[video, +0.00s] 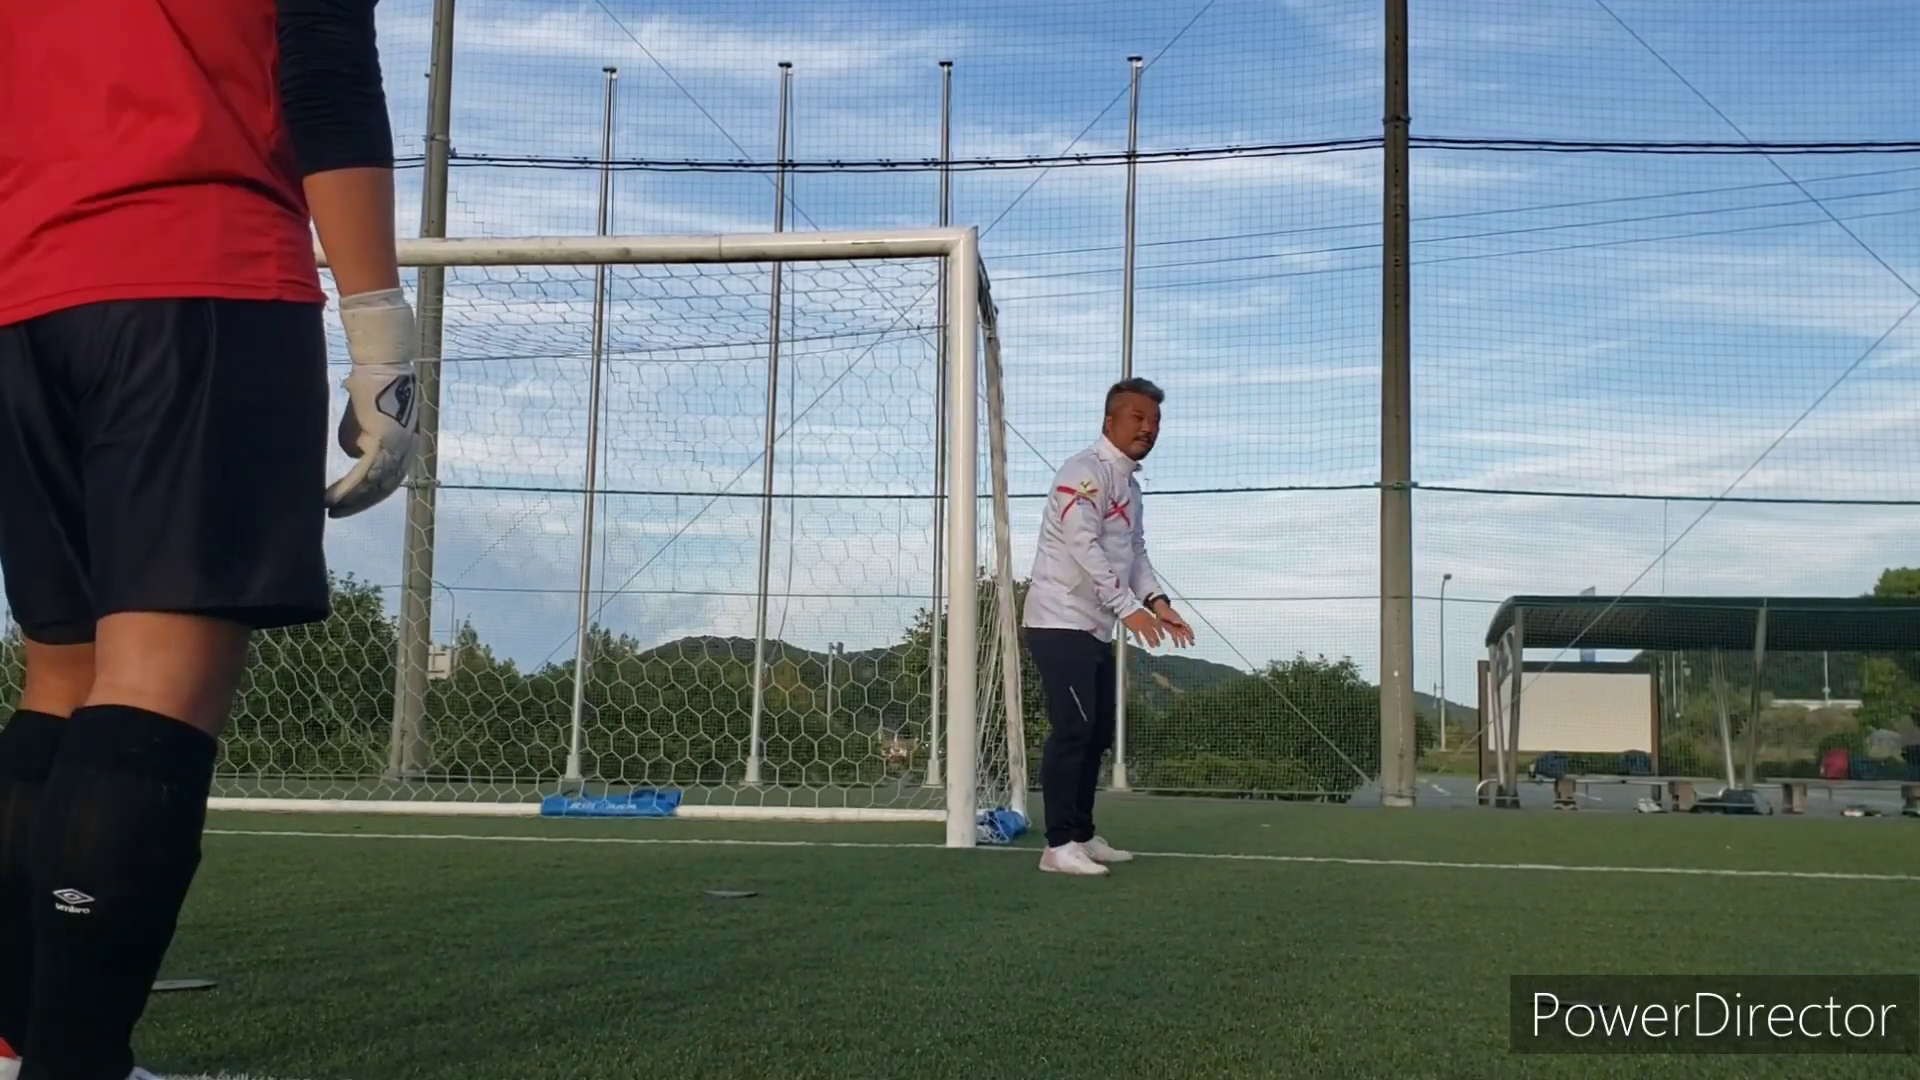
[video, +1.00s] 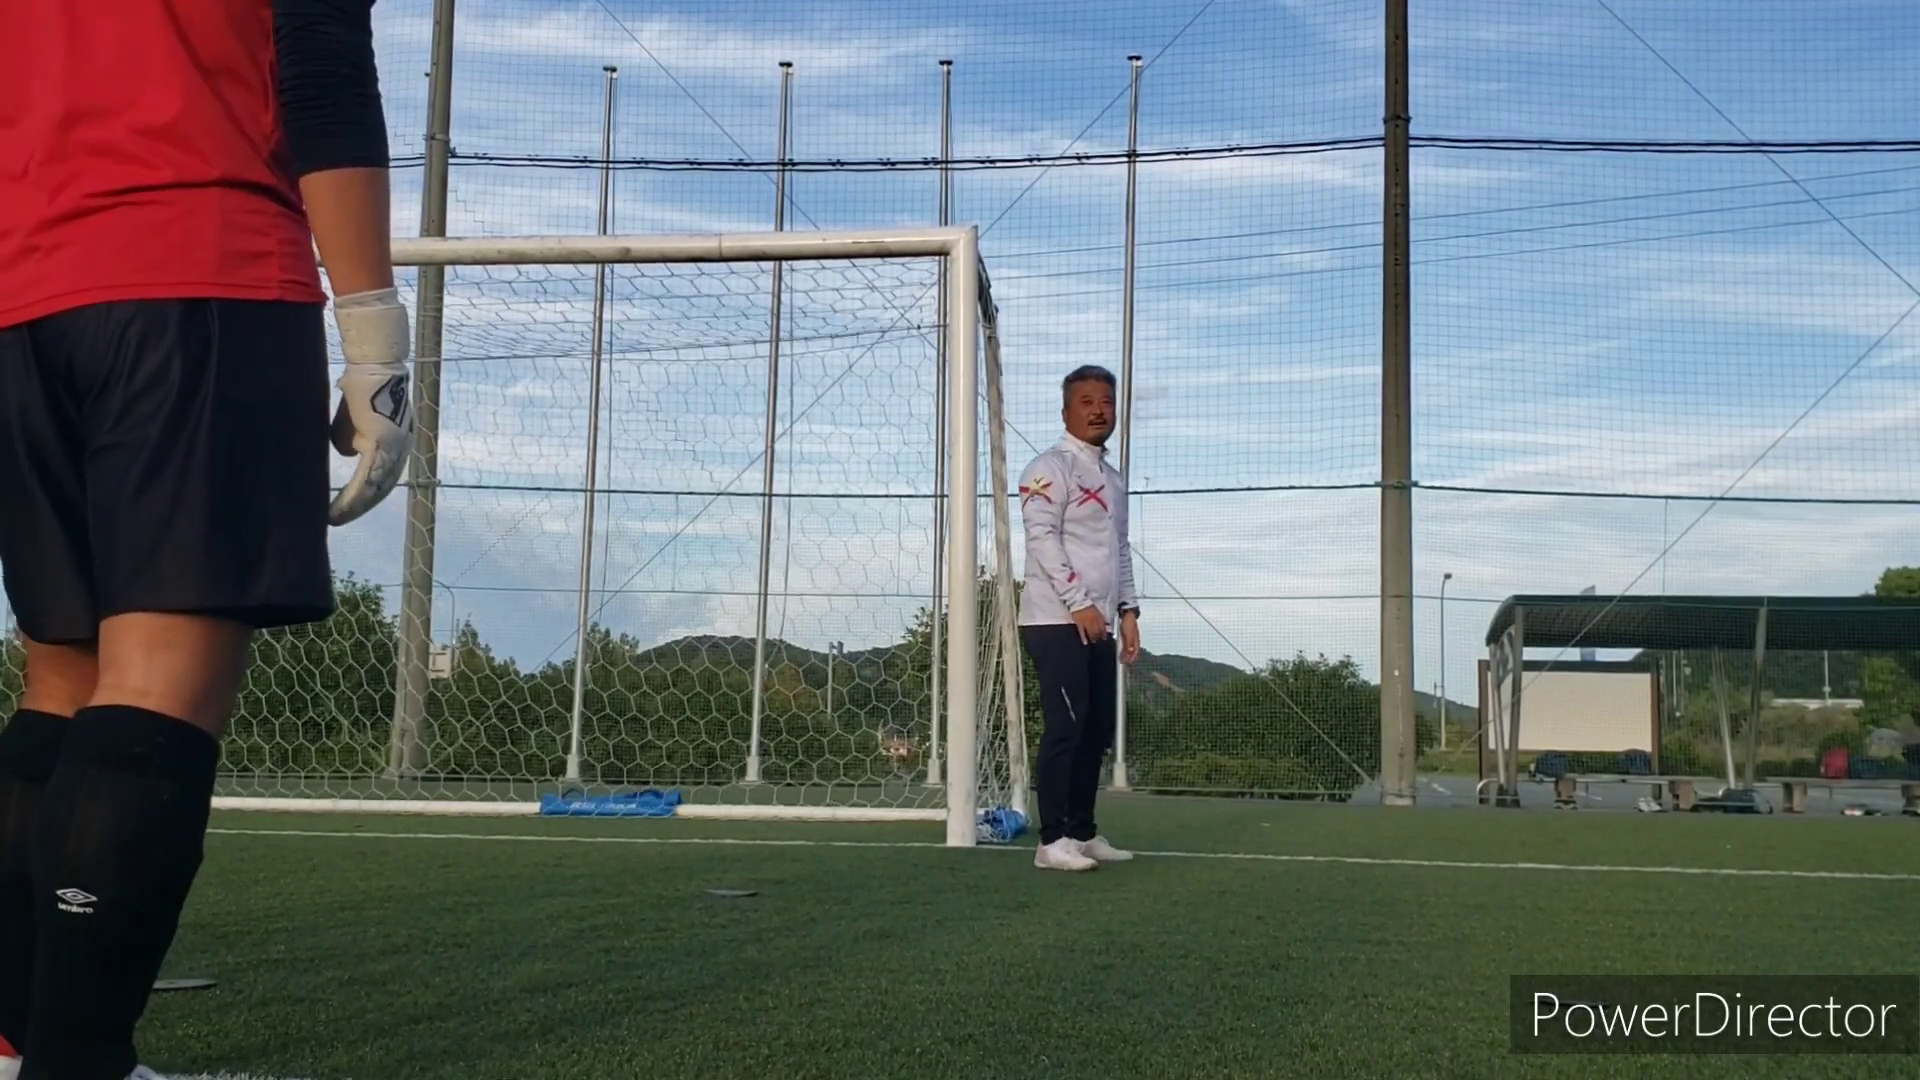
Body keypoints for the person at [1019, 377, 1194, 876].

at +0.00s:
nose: (1148, 429)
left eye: (1154, 422)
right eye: (1137, 418)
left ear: (1157, 428)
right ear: (1109, 420)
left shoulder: (1127, 488)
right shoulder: (1083, 472)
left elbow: (1134, 557)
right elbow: (1085, 549)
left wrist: (1160, 603)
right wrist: (1129, 608)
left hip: (1094, 625)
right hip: (1059, 620)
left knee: (1097, 731)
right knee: (1073, 729)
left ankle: (1081, 836)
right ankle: (1059, 846)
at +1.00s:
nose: (1099, 410)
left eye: (1107, 402)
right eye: (1087, 402)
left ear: (1116, 411)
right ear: (1066, 411)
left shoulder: (1113, 478)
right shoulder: (1049, 466)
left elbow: (1119, 549)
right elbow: (1042, 540)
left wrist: (1128, 609)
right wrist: (1078, 603)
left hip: (1098, 619)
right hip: (1055, 617)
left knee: (1097, 729)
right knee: (1066, 727)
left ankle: (1082, 833)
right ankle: (1052, 841)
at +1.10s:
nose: (1116, 419)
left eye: (1115, 409)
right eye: (1109, 409)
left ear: (1086, 415)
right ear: (1080, 413)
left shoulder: (1081, 474)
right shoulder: (1048, 461)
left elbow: (1086, 542)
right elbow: (1053, 524)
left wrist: (1131, 531)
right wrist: (1123, 511)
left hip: (1067, 620)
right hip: (1038, 617)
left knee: (1063, 727)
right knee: (1038, 724)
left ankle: (1044, 830)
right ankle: (1011, 837)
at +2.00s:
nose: (1103, 419)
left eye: (1101, 411)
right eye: (1094, 410)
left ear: (1075, 417)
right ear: (1066, 415)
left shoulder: (1074, 473)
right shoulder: (1039, 463)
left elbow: (1114, 526)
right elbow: (1082, 501)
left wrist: (1141, 484)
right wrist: (1129, 459)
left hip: (1066, 622)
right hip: (1033, 618)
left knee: (1066, 727)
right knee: (1041, 724)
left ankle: (1043, 831)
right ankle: (1010, 840)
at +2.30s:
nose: (1093, 420)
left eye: (1093, 412)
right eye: (1085, 411)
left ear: (1066, 416)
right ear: (1052, 415)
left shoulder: (1081, 477)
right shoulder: (1029, 464)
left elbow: (1114, 521)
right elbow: (1067, 511)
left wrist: (1160, 527)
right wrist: (1148, 516)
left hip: (1061, 620)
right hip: (1026, 616)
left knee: (1062, 726)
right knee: (1034, 723)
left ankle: (1042, 831)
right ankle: (1009, 841)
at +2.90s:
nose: (1097, 428)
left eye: (1100, 419)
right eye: (1088, 418)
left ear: (1095, 423)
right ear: (1056, 421)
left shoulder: (1089, 483)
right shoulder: (1025, 467)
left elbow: (1104, 532)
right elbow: (1036, 531)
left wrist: (1129, 554)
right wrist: (1102, 557)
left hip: (1056, 623)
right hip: (1011, 614)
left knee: (1060, 724)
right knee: (1025, 720)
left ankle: (1041, 832)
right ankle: (1008, 841)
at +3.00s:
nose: (1098, 428)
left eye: (1101, 419)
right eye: (1088, 419)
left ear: (1099, 422)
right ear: (1055, 421)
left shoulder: (1092, 481)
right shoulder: (1023, 469)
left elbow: (1102, 538)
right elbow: (998, 535)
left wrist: (1106, 558)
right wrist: (1040, 567)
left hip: (1061, 620)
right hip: (1014, 616)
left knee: (1060, 726)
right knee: (1027, 721)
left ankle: (1041, 832)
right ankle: (1008, 841)